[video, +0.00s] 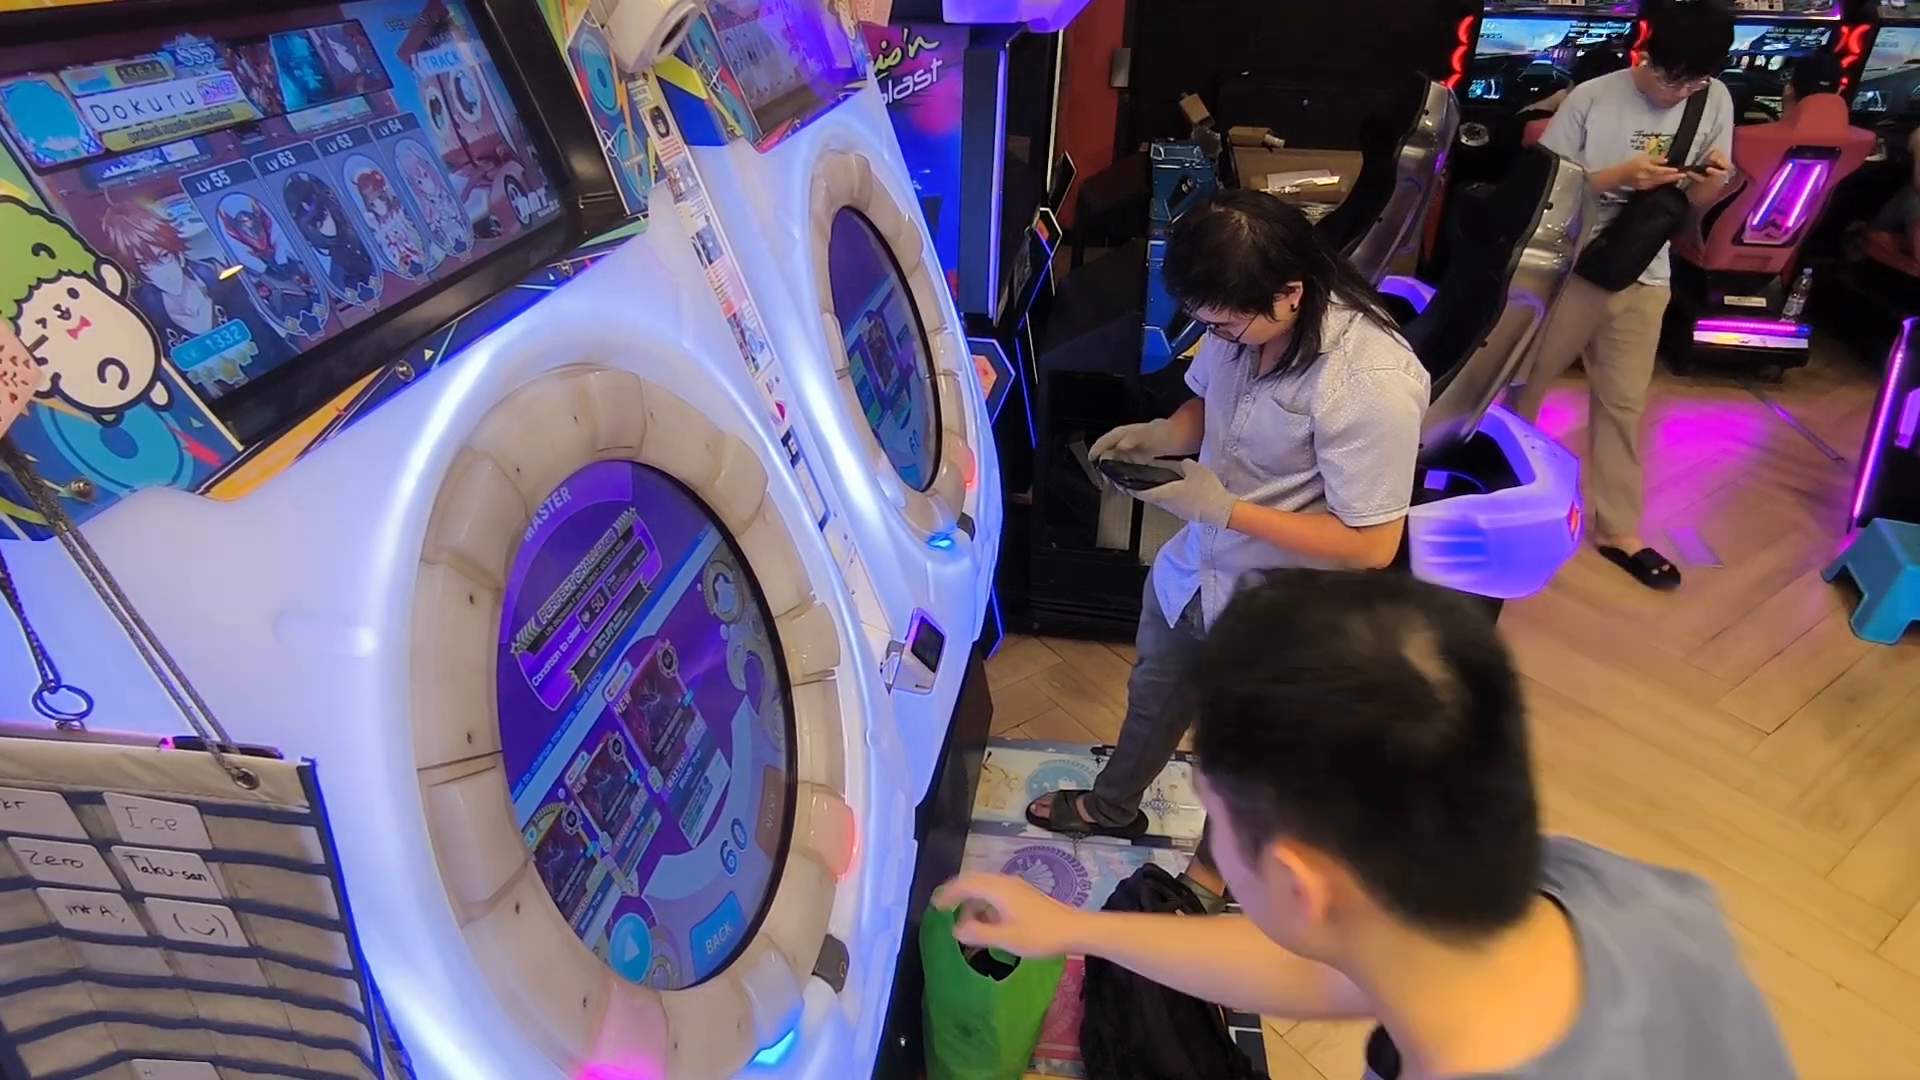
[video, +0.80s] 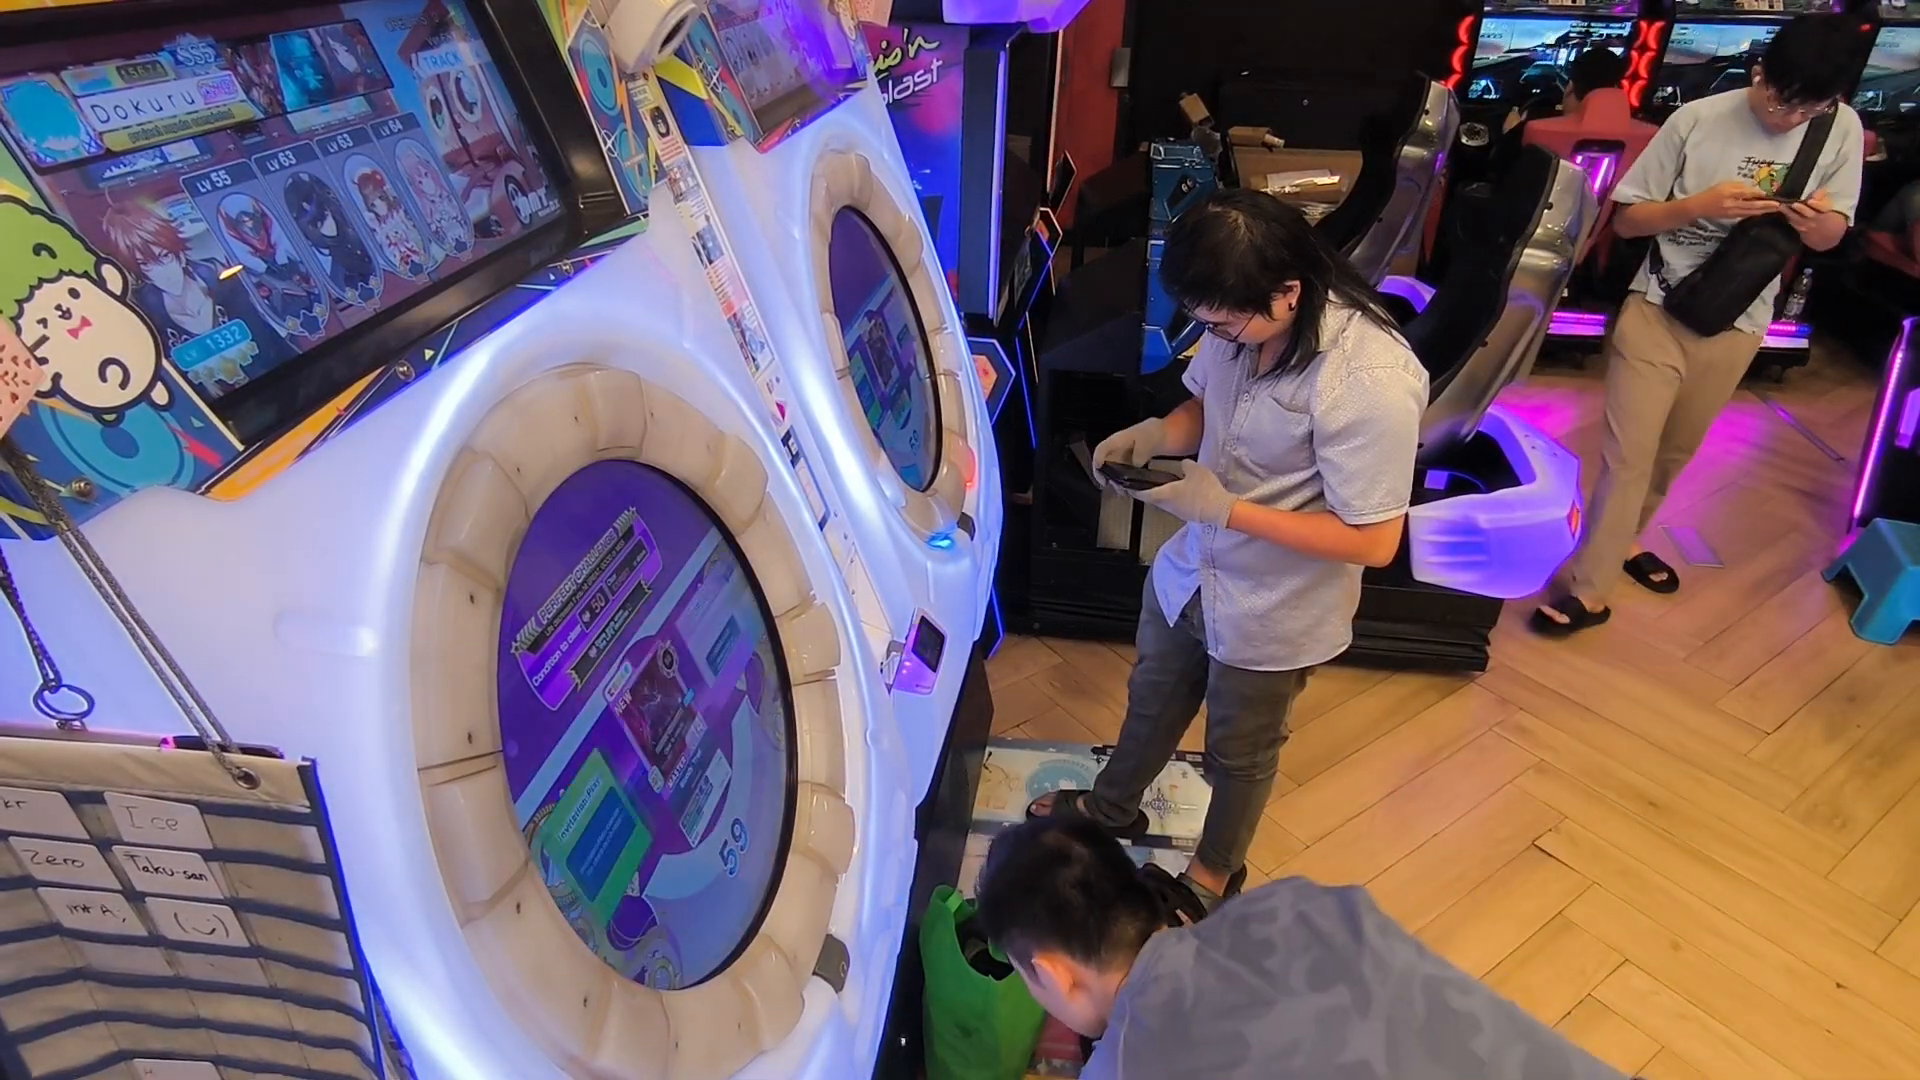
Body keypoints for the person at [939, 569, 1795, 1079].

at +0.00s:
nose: (1209, 824)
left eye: (1216, 804)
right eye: (1214, 800)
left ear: (1304, 886)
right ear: (1484, 768)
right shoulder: (1590, 890)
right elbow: (1328, 971)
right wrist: (1076, 931)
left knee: (1128, 986)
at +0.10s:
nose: (1141, 829)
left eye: (1142, 806)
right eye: (1138, 802)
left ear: (1218, 850)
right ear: (1362, 746)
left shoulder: (1372, 1070)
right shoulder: (1491, 837)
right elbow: (1211, 921)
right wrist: (992, 894)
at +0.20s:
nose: (1077, 838)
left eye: (1075, 818)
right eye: (1070, 815)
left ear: (1142, 854)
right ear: (1261, 746)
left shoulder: (1276, 1059)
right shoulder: (1375, 817)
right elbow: (1173, 917)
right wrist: (969, 898)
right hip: (1644, 1041)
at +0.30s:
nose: (1030, 871)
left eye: (1028, 852)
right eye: (1020, 852)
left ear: (1076, 873)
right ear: (1191, 776)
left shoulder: (1195, 1058)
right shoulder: (1323, 824)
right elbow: (1201, 953)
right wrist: (1012, 938)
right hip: (1635, 1052)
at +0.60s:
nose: (1027, 987)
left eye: (1016, 967)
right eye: (1011, 968)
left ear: (1049, 972)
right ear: (1140, 882)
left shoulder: (1127, 1066)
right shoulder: (1282, 904)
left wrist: (1064, 1052)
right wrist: (1084, 1032)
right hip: (1587, 1060)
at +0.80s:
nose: (1036, 991)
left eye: (1025, 970)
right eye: (1021, 971)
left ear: (1057, 970)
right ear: (1149, 890)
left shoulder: (1127, 1067)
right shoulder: (1296, 904)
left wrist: (1061, 1054)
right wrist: (1082, 1038)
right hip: (1577, 1061)